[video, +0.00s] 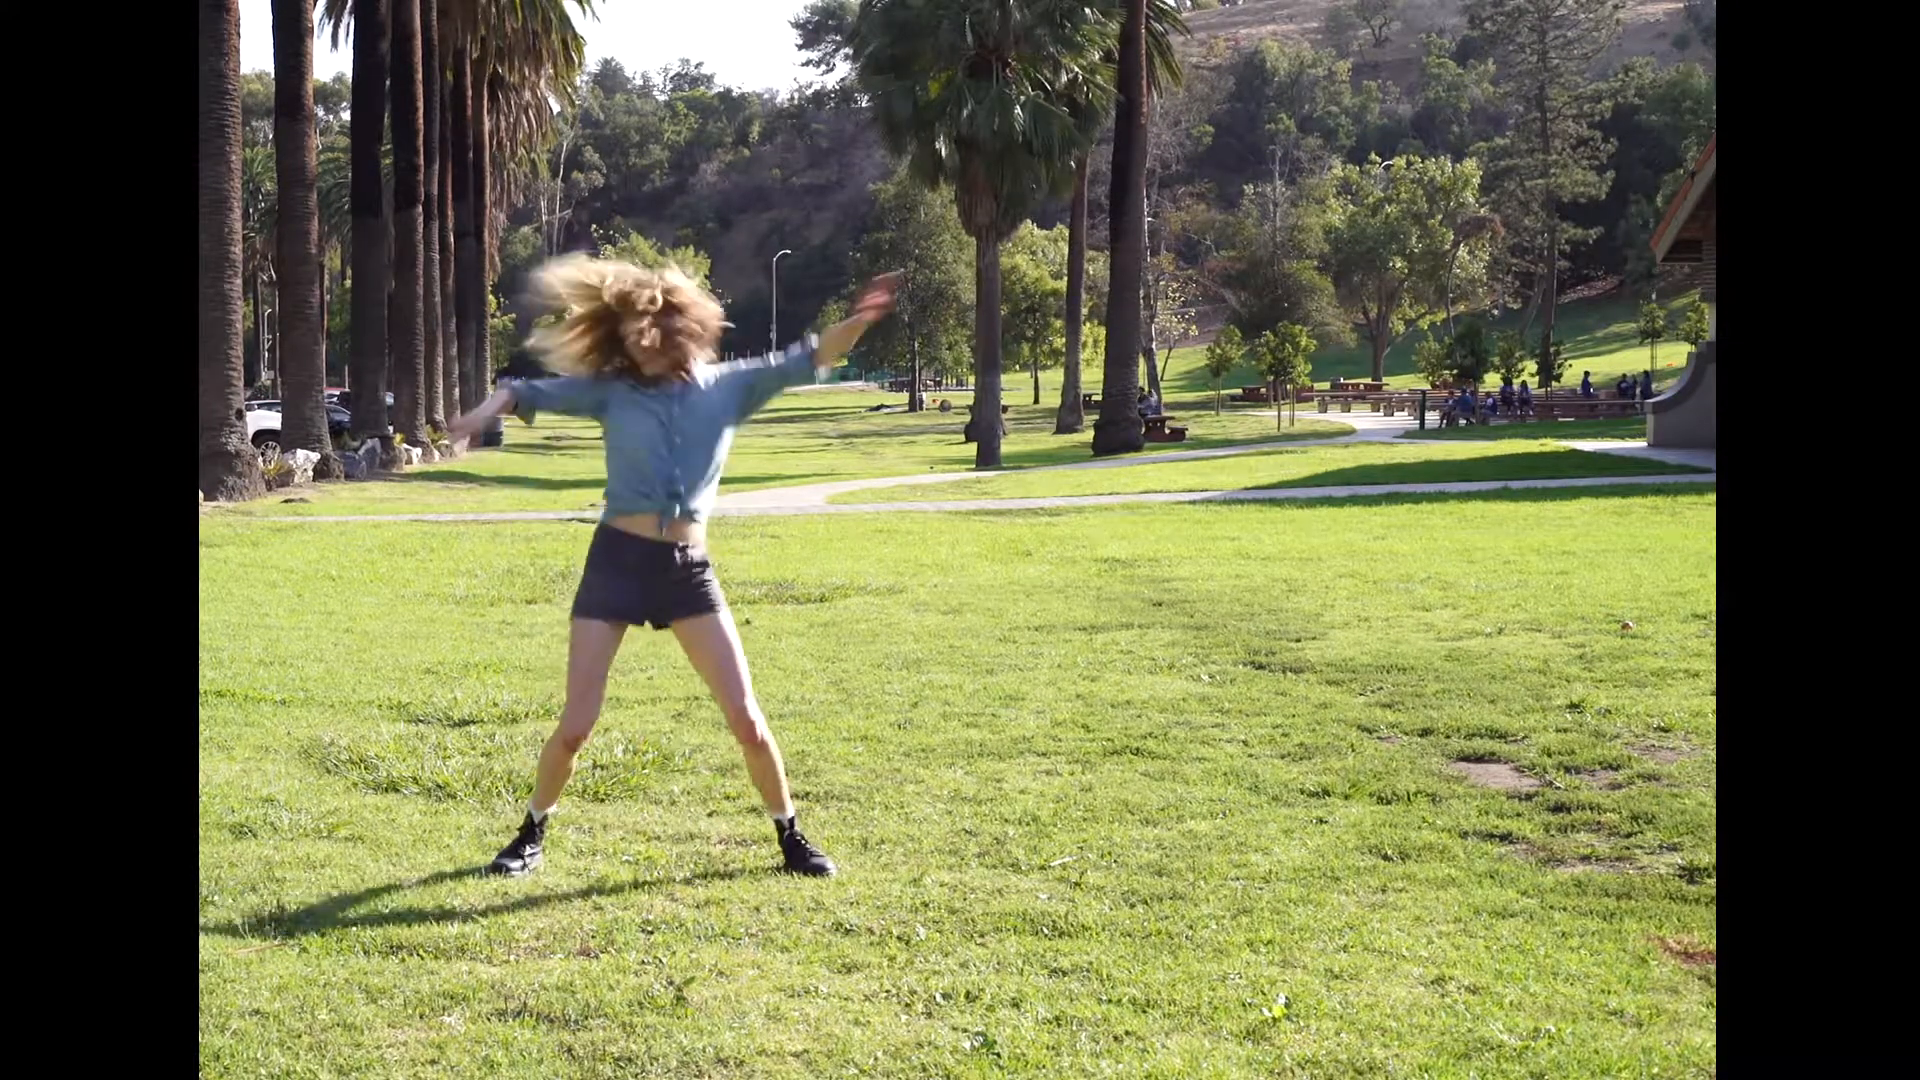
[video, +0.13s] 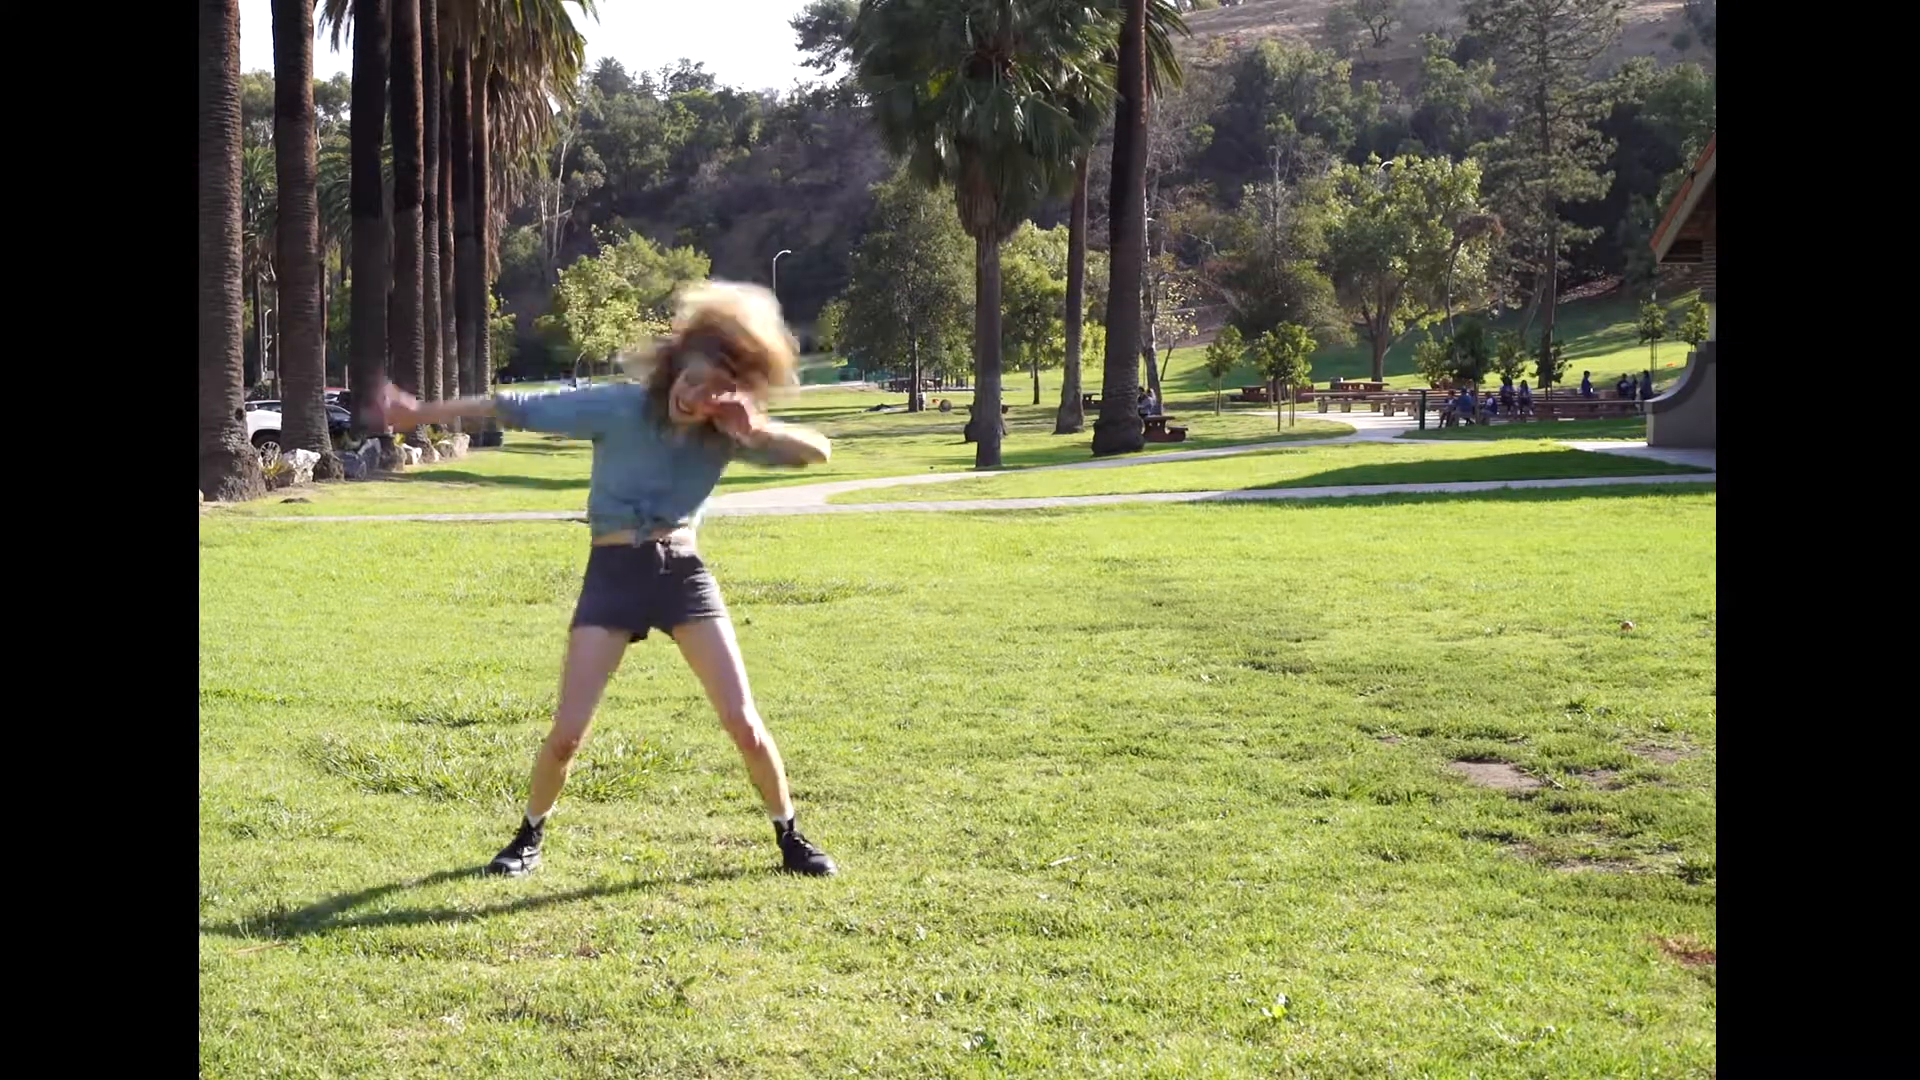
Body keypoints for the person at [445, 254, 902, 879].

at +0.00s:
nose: (645, 336)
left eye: (655, 323)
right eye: (633, 328)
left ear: (679, 327)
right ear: (622, 337)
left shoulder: (722, 386)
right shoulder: (610, 392)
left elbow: (808, 359)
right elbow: (523, 391)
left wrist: (858, 320)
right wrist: (480, 414)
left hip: (686, 566)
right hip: (615, 560)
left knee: (748, 723)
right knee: (576, 724)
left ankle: (792, 839)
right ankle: (531, 834)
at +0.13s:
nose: (695, 397)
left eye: (712, 390)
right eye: (691, 379)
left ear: (730, 395)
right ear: (674, 363)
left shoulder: (722, 434)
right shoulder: (619, 406)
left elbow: (819, 453)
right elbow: (516, 407)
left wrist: (761, 431)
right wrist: (419, 413)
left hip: (683, 573)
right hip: (611, 573)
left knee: (745, 724)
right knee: (567, 735)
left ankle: (791, 835)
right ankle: (529, 836)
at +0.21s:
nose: (688, 400)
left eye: (703, 396)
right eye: (685, 383)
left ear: (721, 400)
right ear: (673, 368)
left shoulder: (723, 434)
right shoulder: (622, 393)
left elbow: (814, 458)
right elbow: (525, 370)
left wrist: (747, 420)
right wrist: (438, 356)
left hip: (679, 570)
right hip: (606, 566)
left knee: (749, 719)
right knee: (562, 734)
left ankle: (794, 836)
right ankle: (527, 837)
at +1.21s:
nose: (676, 425)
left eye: (691, 420)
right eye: (673, 412)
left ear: (719, 426)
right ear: (666, 406)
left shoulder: (725, 480)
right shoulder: (638, 421)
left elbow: (724, 541)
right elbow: (571, 375)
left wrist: (725, 460)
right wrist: (507, 338)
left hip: (666, 616)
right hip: (598, 613)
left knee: (723, 763)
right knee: (555, 746)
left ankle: (787, 840)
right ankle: (525, 838)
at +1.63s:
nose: (675, 433)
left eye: (689, 423)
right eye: (671, 422)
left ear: (720, 434)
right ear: (664, 427)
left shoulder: (742, 514)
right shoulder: (647, 467)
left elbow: (685, 567)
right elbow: (572, 448)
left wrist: (702, 486)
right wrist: (501, 423)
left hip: (657, 632)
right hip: (588, 608)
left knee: (739, 740)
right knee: (549, 729)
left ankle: (793, 838)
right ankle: (520, 837)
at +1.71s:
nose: (683, 439)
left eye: (698, 429)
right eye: (679, 428)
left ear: (729, 441)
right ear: (673, 436)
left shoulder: (750, 528)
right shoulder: (657, 480)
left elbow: (680, 601)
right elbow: (574, 489)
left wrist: (680, 515)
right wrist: (479, 482)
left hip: (662, 629)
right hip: (602, 601)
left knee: (752, 728)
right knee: (535, 726)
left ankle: (796, 839)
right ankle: (517, 838)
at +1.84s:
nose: (681, 430)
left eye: (696, 421)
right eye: (677, 421)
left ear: (729, 435)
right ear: (671, 434)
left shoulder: (771, 510)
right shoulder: (655, 491)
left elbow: (736, 589)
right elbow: (570, 547)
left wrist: (658, 587)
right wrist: (477, 596)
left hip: (689, 620)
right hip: (626, 609)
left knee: (776, 724)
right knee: (562, 731)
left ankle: (802, 839)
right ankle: (520, 839)